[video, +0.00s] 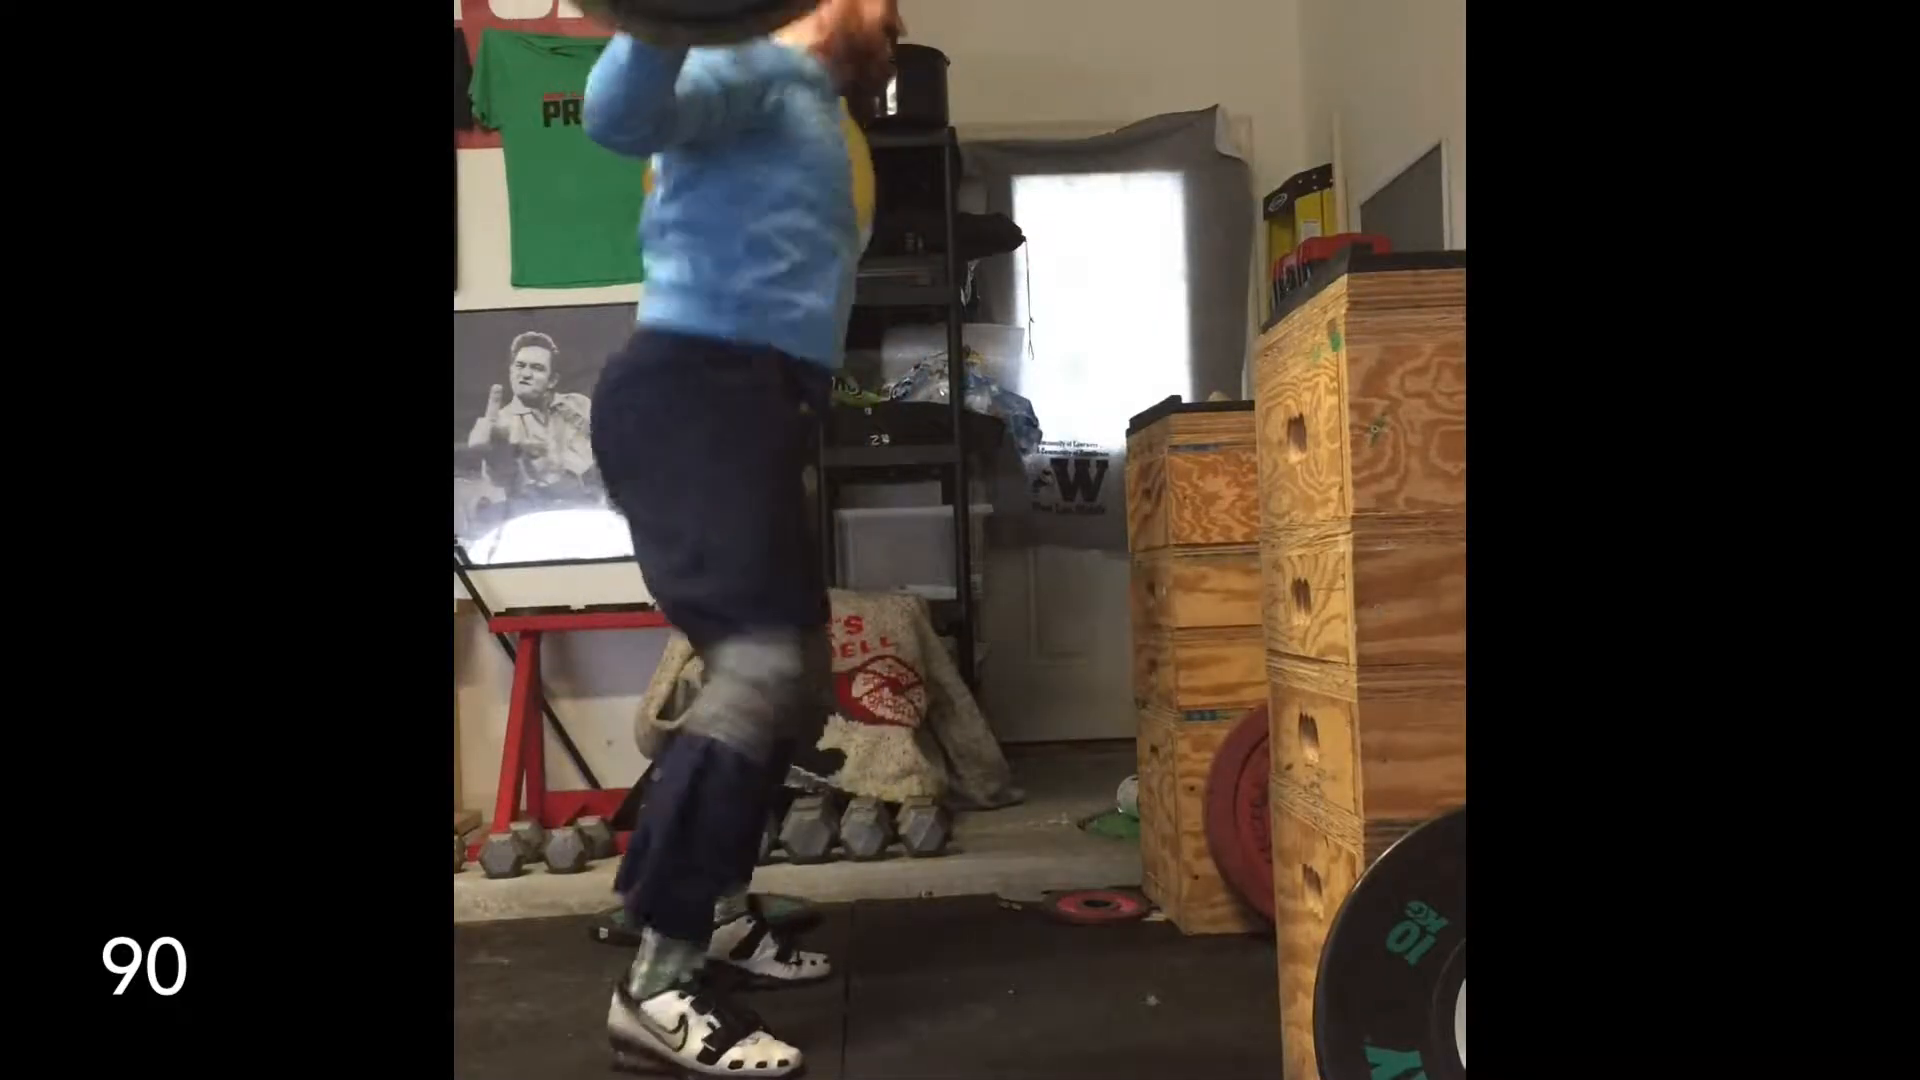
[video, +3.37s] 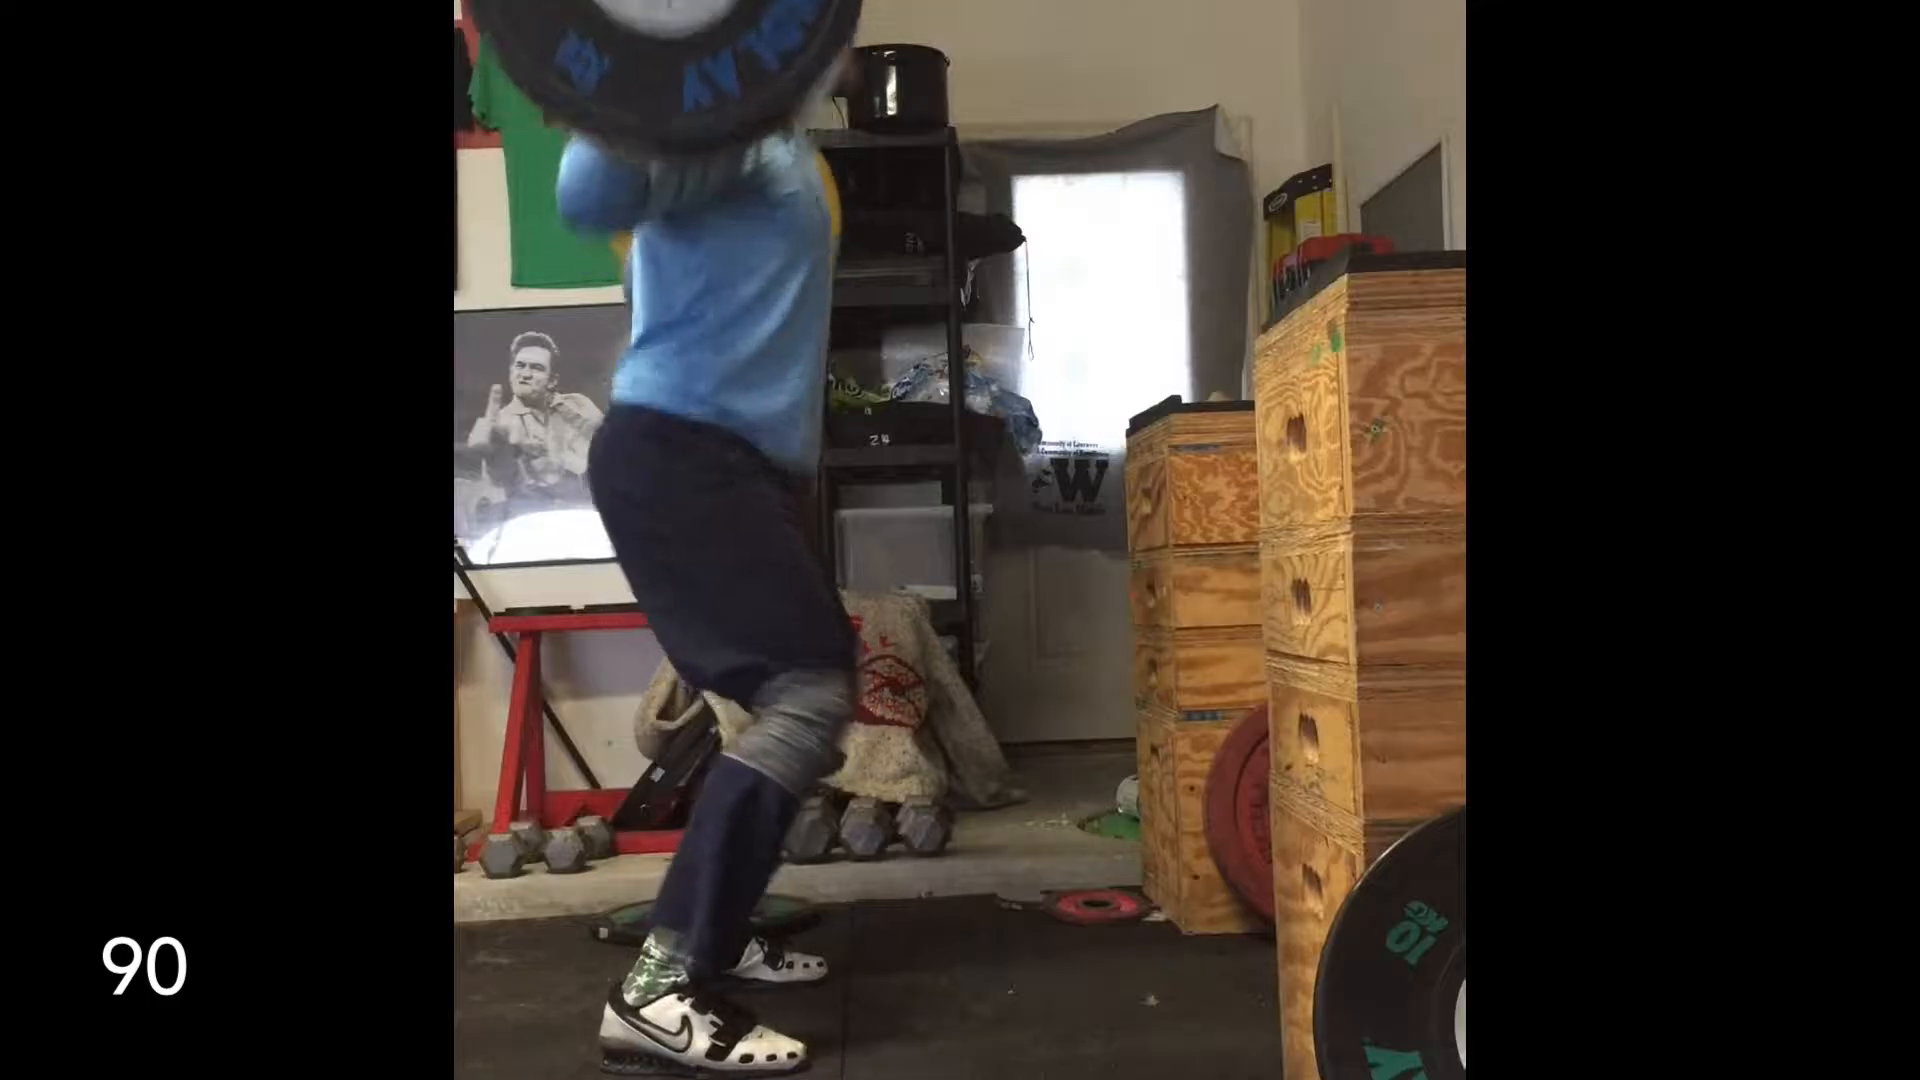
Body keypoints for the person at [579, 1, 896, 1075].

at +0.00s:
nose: (896, 33)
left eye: (897, 22)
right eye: (887, 11)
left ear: (844, 34)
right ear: (832, 7)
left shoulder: (830, 119)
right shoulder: (752, 72)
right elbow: (616, 120)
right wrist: (657, 22)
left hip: (764, 400)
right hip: (695, 388)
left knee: (784, 672)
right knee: (759, 670)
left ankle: (704, 907)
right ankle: (656, 982)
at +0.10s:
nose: (893, 54)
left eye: (893, 35)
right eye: (883, 29)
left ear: (834, 42)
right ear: (832, 27)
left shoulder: (818, 143)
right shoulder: (751, 110)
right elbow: (607, 158)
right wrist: (680, 41)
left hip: (759, 441)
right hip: (687, 430)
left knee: (799, 672)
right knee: (799, 676)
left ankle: (712, 914)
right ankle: (660, 983)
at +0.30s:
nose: (885, 57)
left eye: (886, 38)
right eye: (870, 31)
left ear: (832, 50)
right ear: (806, 33)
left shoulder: (818, 151)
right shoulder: (742, 111)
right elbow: (591, 162)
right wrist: (653, 37)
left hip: (758, 444)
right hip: (684, 429)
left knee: (789, 681)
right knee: (787, 682)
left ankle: (706, 921)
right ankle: (662, 987)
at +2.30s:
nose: (836, 6)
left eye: (831, 2)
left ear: (789, 1)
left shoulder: (781, 80)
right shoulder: (707, 64)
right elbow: (563, 114)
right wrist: (630, 5)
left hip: (742, 405)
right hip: (680, 395)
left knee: (703, 667)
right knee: (670, 673)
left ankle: (691, 915)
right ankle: (644, 983)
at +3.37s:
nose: (836, 57)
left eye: (833, 40)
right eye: (818, 39)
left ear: (781, 48)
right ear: (759, 40)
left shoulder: (789, 138)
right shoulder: (708, 130)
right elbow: (586, 196)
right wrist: (638, 70)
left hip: (729, 450)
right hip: (675, 446)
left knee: (789, 689)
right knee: (807, 695)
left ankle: (715, 917)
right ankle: (661, 980)